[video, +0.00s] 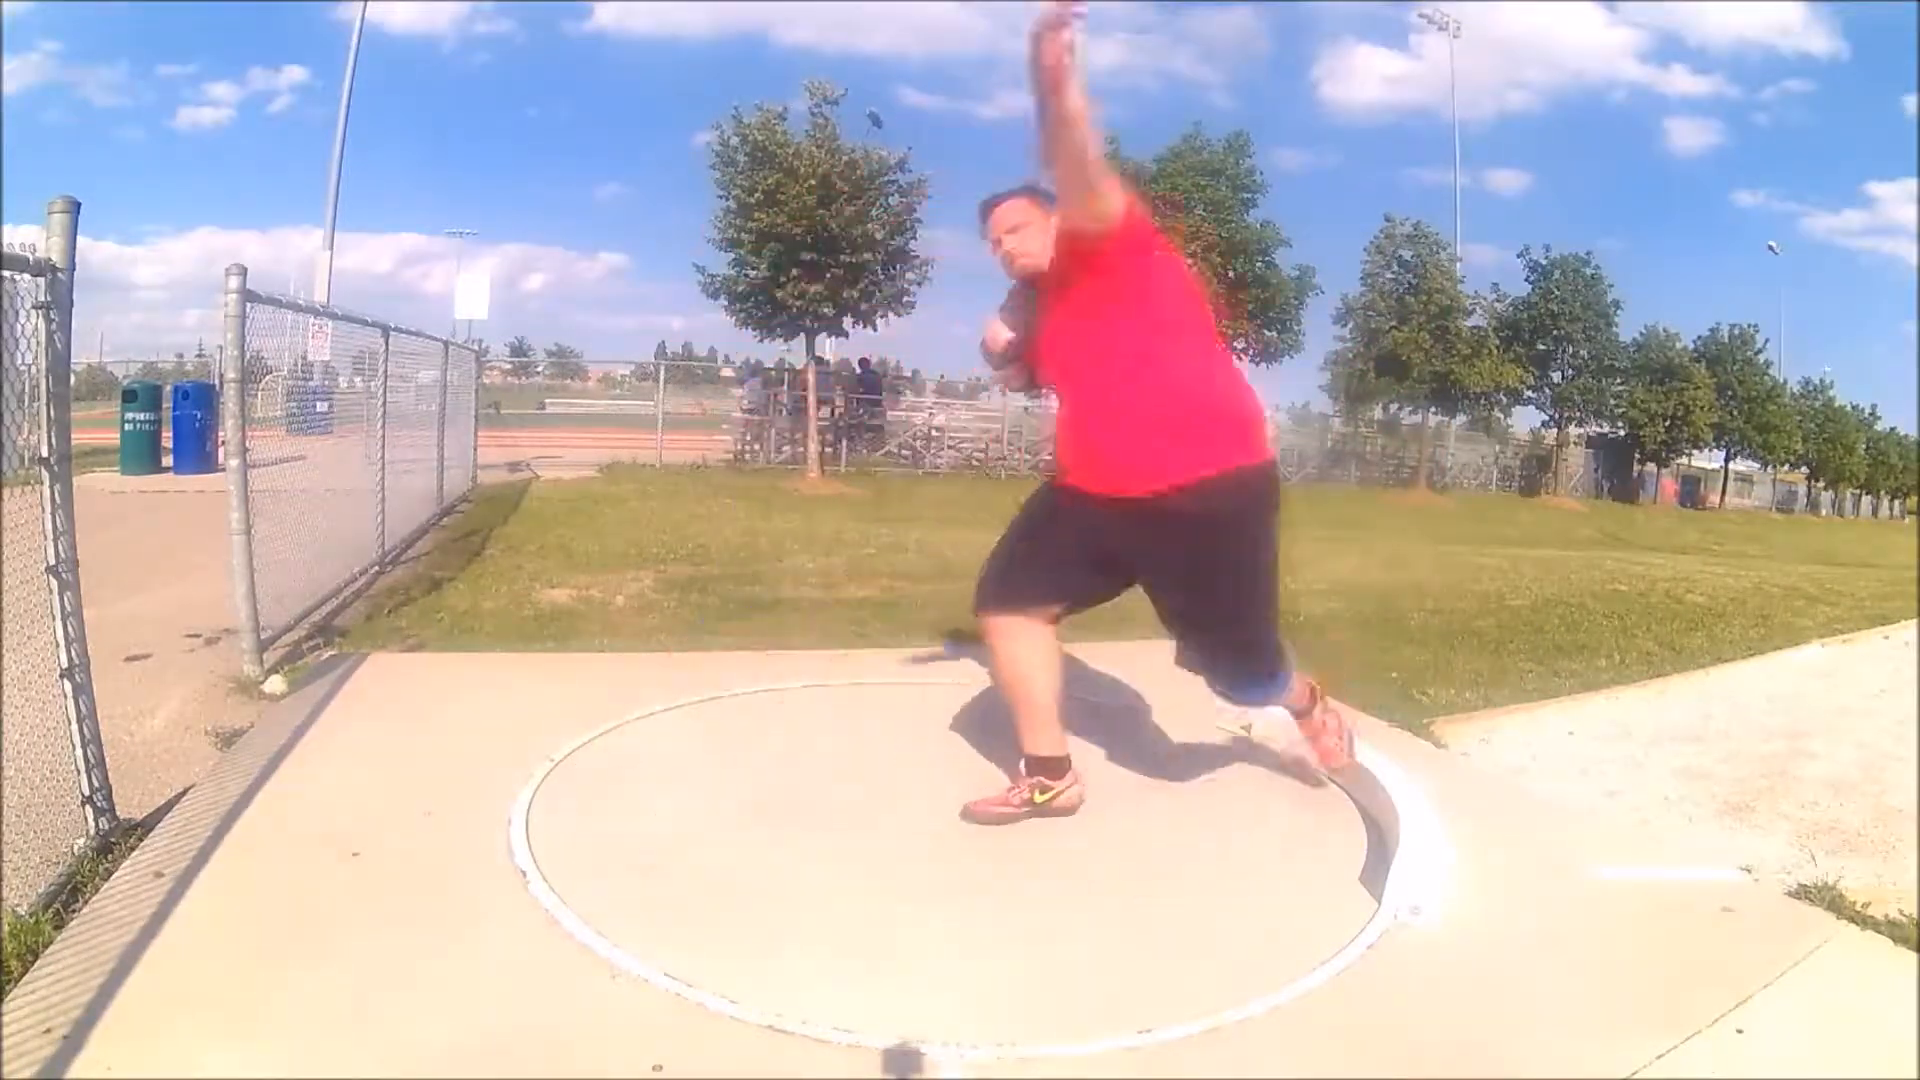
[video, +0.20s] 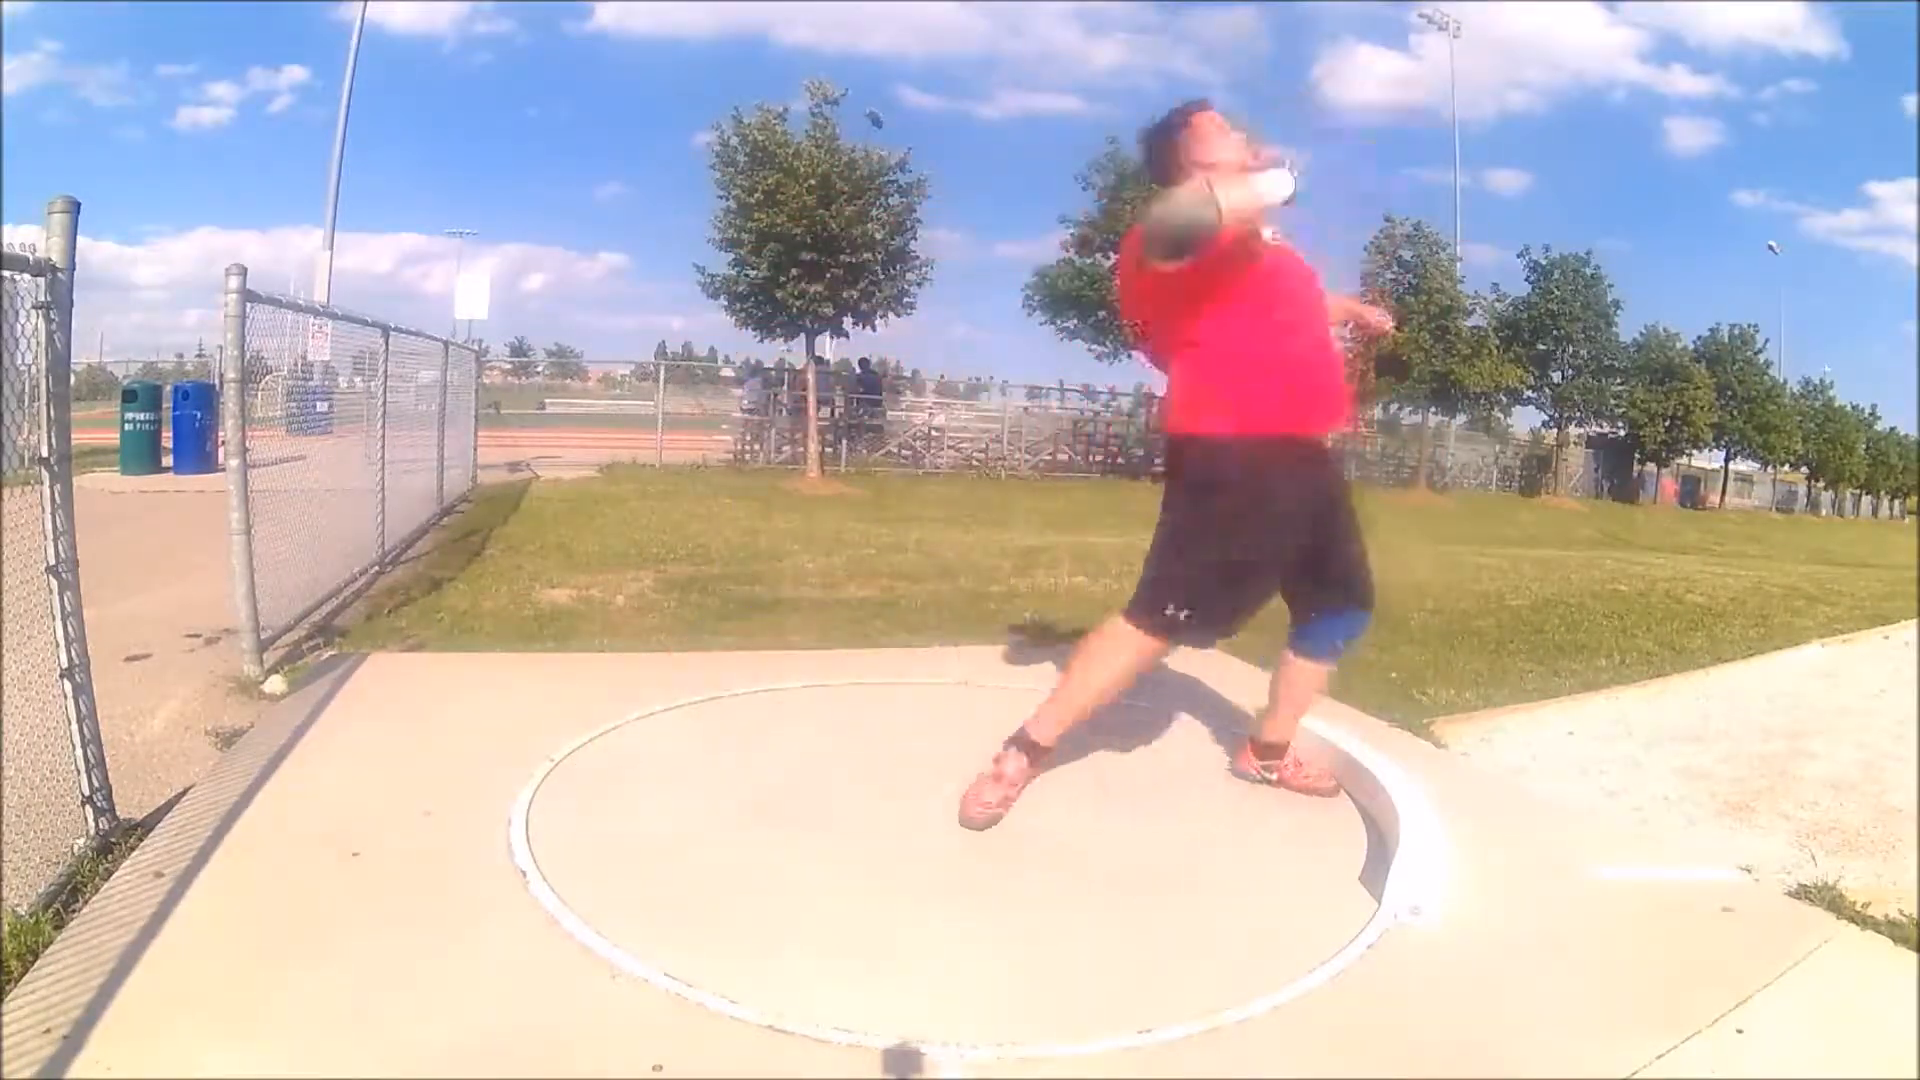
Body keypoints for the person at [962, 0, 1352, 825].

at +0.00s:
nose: (1005, 246)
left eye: (1014, 227)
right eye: (995, 241)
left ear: (1050, 213)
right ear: (1001, 253)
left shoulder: (1105, 231)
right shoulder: (1038, 311)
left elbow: (1079, 167)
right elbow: (1024, 378)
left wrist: (1059, 96)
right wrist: (1003, 353)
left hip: (1212, 486)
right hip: (1096, 493)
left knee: (1241, 671)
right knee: (1011, 605)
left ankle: (1308, 705)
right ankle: (1047, 769)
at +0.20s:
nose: (1243, 137)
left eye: (1236, 127)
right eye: (1222, 129)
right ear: (1182, 163)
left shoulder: (1259, 241)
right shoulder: (1158, 237)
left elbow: (1290, 302)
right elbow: (1185, 215)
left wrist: (1351, 310)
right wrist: (1266, 184)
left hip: (1304, 452)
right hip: (1224, 451)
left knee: (1337, 607)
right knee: (1161, 614)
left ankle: (1273, 745)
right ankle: (1027, 747)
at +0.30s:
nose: (1275, 126)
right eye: (1276, 117)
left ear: (1212, 136)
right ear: (1276, 120)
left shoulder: (1190, 218)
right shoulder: (1326, 167)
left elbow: (1185, 320)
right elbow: (1437, 137)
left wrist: (1259, 333)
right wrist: (1516, 105)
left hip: (1223, 400)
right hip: (1293, 401)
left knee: (1290, 580)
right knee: (1246, 595)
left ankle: (1273, 741)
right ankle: (1076, 687)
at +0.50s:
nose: (1320, 145)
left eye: (1327, 137)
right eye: (1328, 138)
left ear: (1338, 143)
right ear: (1394, 165)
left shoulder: (1294, 186)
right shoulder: (1416, 228)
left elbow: (1194, 251)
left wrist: (1145, 254)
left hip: (1279, 381)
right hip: (1379, 405)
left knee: (1202, 539)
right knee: (1328, 583)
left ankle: (1136, 671)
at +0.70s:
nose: (1308, 195)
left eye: (1323, 184)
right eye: (1304, 190)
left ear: (1366, 190)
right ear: (1309, 212)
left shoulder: (1399, 218)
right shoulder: (1309, 292)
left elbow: (1430, 152)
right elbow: (1265, 373)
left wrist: (1378, 57)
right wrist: (1216, 376)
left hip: (1392, 378)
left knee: (1273, 454)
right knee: (1338, 577)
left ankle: (1269, 582)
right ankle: (1350, 756)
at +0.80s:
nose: (1320, 181)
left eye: (1334, 172)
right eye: (1313, 175)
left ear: (1368, 182)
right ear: (1309, 190)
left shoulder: (1414, 209)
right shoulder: (1292, 259)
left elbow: (1471, 118)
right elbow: (1238, 301)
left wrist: (1461, 24)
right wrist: (1233, 261)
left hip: (1420, 370)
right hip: (1356, 414)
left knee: (1376, 465)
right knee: (1325, 568)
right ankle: (1353, 751)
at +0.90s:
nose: (1338, 163)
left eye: (1351, 155)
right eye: (1326, 159)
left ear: (1375, 169)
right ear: (1310, 178)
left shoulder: (1425, 203)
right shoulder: (1294, 237)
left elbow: (1486, 132)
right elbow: (1245, 223)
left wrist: (1506, 51)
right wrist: (1258, 131)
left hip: (1445, 389)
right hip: (1359, 420)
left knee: (1500, 504)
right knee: (1335, 558)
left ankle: (1573, 542)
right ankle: (1359, 736)